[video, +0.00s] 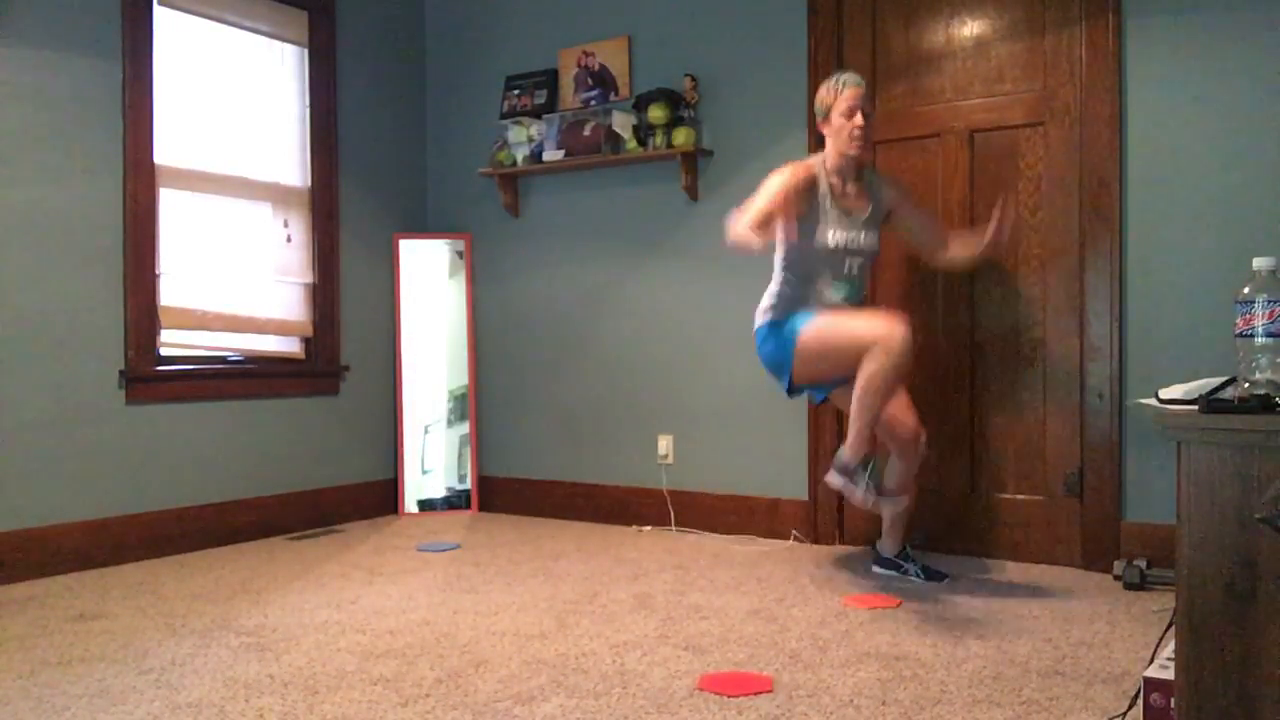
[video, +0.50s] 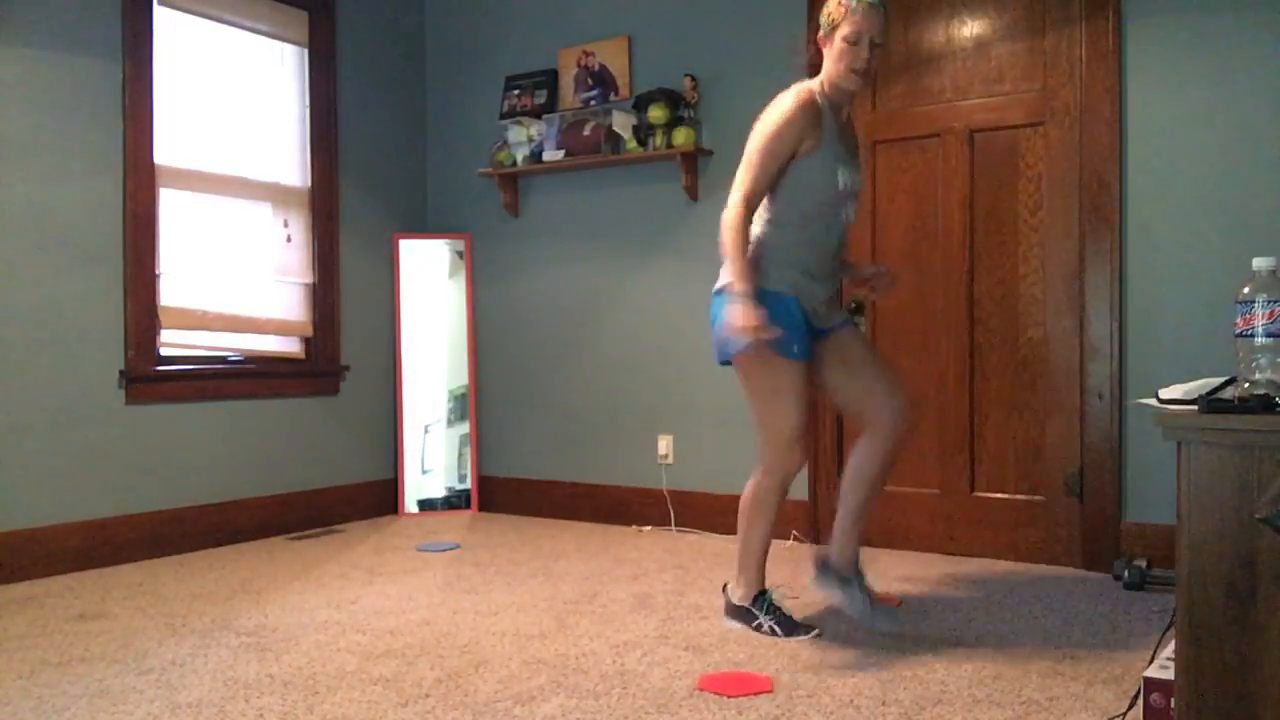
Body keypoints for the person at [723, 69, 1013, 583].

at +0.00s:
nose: (862, 124)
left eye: (867, 115)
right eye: (852, 114)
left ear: (872, 124)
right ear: (823, 123)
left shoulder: (880, 190)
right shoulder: (796, 179)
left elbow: (938, 247)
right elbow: (739, 226)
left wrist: (984, 241)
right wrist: (754, 233)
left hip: (844, 340)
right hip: (787, 334)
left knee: (908, 436)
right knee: (894, 332)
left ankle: (890, 552)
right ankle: (850, 461)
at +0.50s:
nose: (864, 56)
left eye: (874, 46)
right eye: (853, 41)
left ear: (879, 53)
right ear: (822, 40)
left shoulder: (844, 124)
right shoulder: (796, 108)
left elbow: (813, 229)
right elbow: (738, 205)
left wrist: (851, 274)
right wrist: (739, 293)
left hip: (820, 306)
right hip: (765, 301)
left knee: (886, 413)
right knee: (782, 452)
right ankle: (743, 594)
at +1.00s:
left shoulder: (775, 33)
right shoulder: (682, 12)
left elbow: (755, 126)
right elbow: (562, 58)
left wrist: (840, 151)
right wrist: (590, 79)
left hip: (729, 243)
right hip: (655, 226)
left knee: (840, 354)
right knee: (668, 419)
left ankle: (708, 426)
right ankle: (592, 612)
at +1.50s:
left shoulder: (682, 38)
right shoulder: (535, 11)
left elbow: (744, 161)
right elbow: (409, 24)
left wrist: (837, 169)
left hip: (604, 292)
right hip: (492, 258)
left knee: (658, 496)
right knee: (557, 275)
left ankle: (660, 698)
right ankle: (473, 496)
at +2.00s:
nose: (513, 21)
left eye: (526, 8)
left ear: (533, 17)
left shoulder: (481, 120)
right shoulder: (308, 36)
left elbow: (483, 285)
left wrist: (515, 432)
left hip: (282, 297)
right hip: (145, 268)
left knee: (352, 491)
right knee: (168, 539)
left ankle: (182, 649)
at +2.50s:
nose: (458, 599)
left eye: (479, 592)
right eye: (456, 578)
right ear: (429, 504)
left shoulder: (473, 429)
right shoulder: (314, 433)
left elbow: (523, 638)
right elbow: (252, 705)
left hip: (208, 288)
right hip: (101, 289)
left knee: (236, 575)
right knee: (169, 553)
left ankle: (101, 696)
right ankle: (112, 708)